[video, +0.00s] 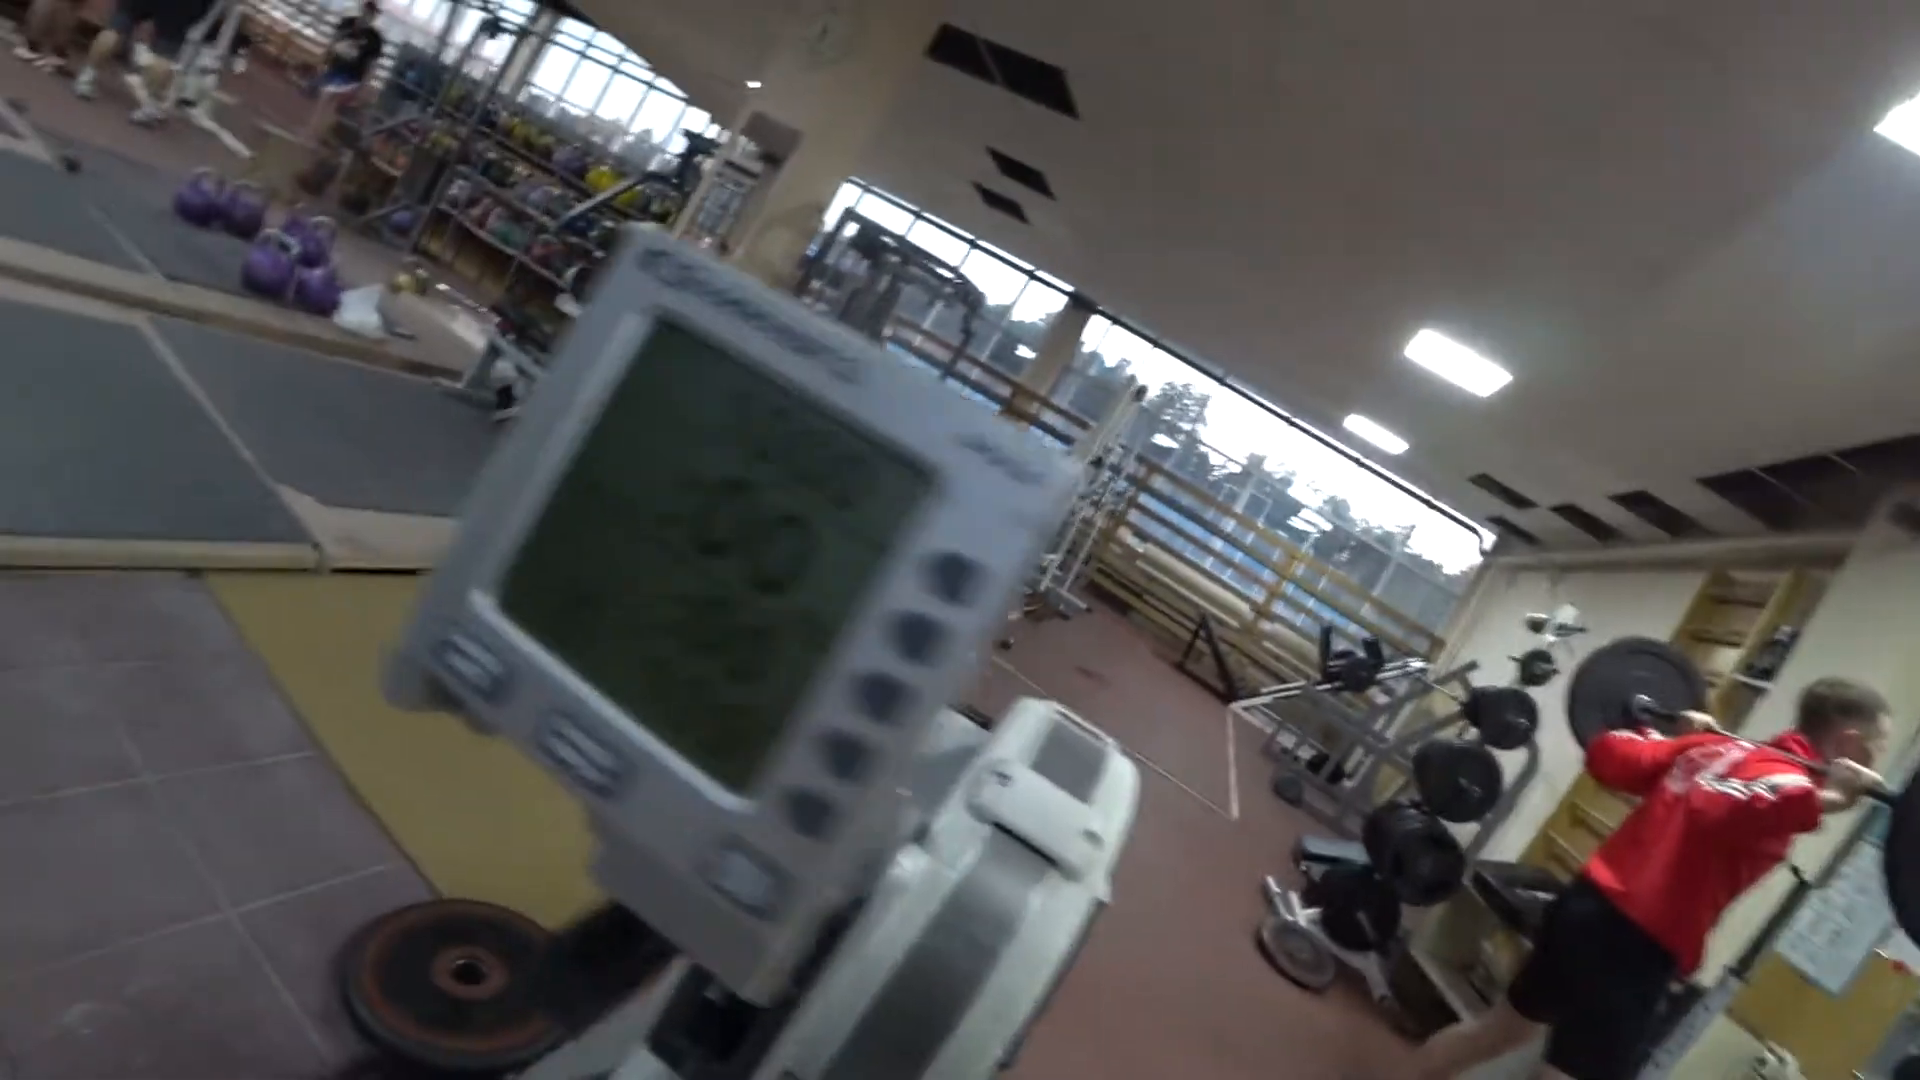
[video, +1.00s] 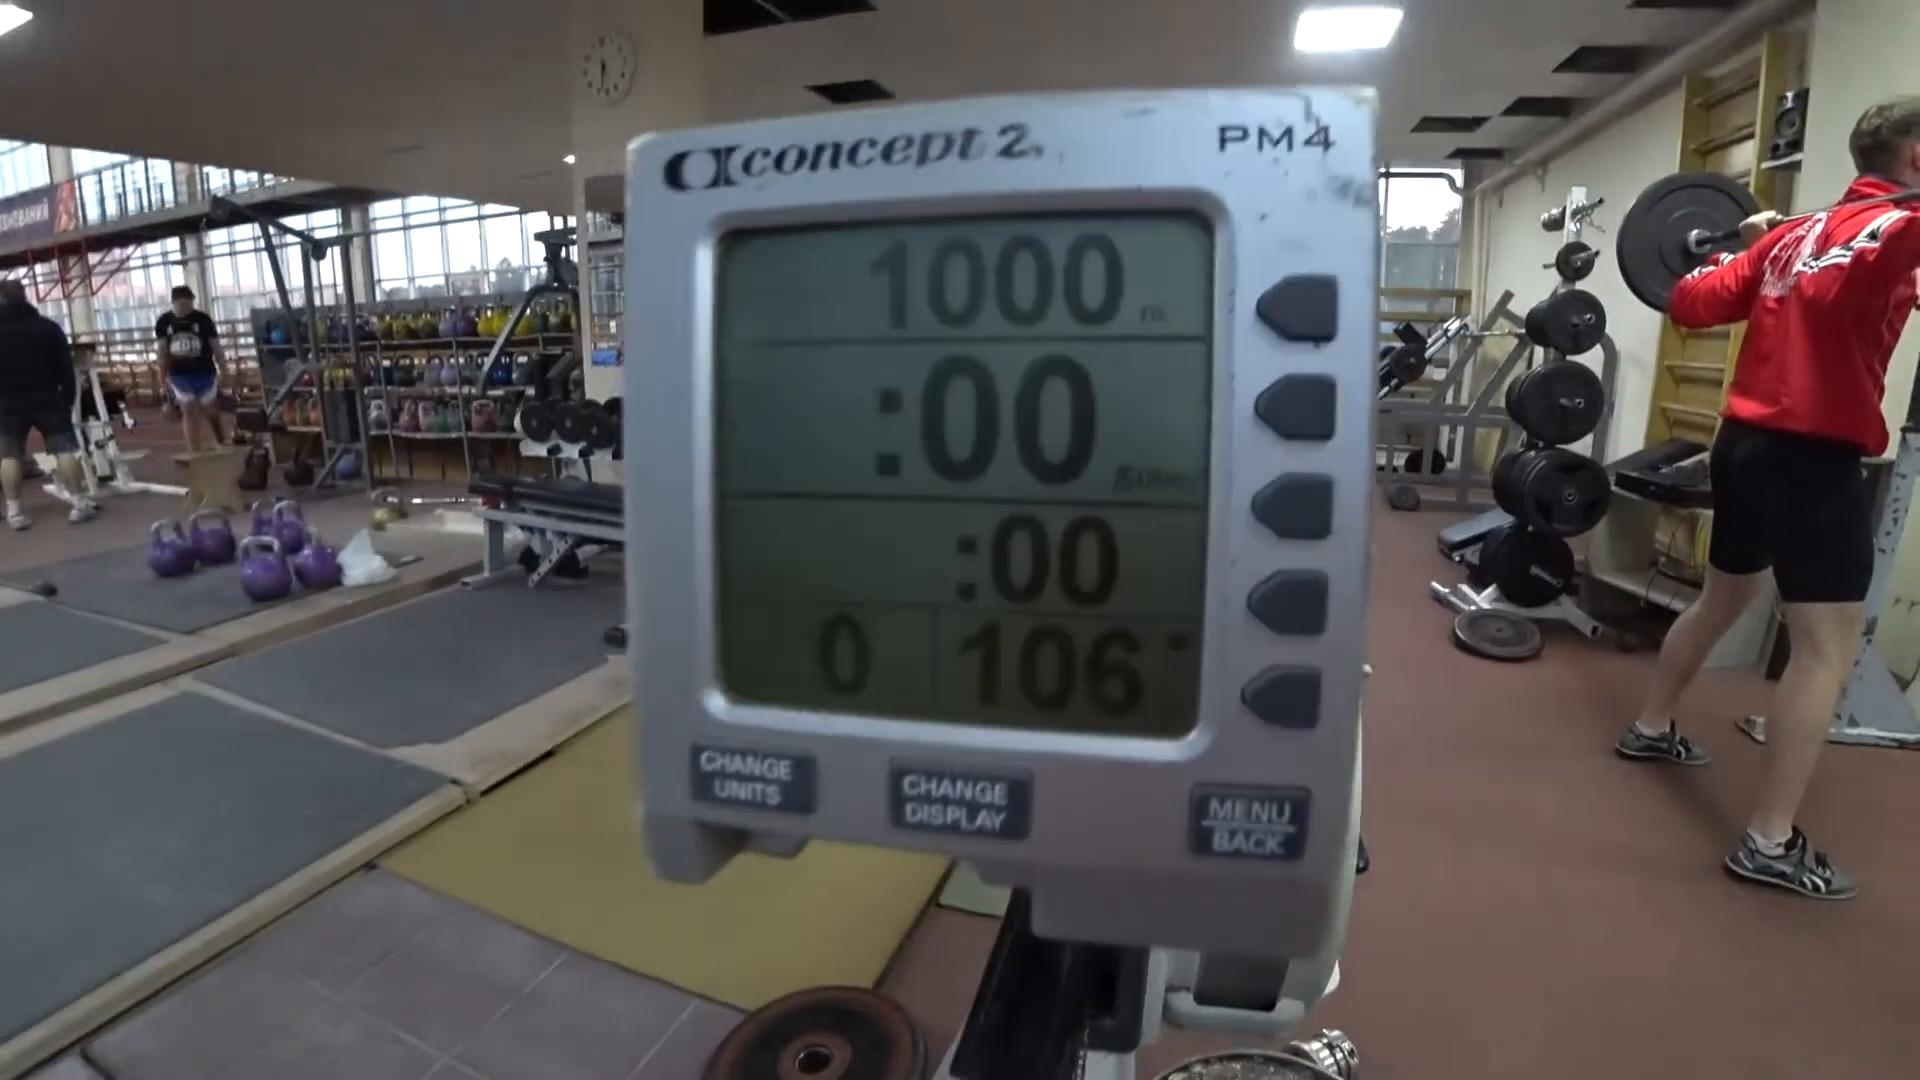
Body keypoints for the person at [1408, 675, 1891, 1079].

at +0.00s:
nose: (1875, 759)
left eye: (1878, 746)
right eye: (1875, 743)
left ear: (1810, 726)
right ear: (1844, 739)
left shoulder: (1714, 746)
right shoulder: (1798, 787)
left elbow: (1609, 753)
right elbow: (1719, 813)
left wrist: (1678, 738)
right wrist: (1828, 799)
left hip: (1585, 902)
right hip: (1640, 948)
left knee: (1501, 1026)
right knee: (1564, 1072)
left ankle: (1398, 1073)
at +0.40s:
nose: (1914, 711)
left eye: (1915, 698)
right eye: (1916, 699)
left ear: (1859, 675)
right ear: (1903, 695)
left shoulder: (1768, 699)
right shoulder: (1869, 745)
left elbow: (1661, 714)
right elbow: (1830, 761)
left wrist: (1707, 681)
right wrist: (1890, 756)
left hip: (1643, 864)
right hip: (1704, 910)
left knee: (1558, 985)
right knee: (1631, 1058)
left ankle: (1440, 1065)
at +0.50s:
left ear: (1883, 582)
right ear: (1919, 603)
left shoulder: (1794, 624)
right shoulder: (1898, 659)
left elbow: (1683, 643)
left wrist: (1733, 614)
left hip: (1678, 797)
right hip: (1745, 841)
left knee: (1604, 925)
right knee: (1675, 1016)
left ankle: (1492, 1023)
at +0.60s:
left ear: (1900, 503)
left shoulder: (1813, 555)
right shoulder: (1911, 583)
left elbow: (1702, 583)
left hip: (1711, 735)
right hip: (1783, 772)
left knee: (1647, 863)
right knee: (1724, 947)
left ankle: (1536, 974)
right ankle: (1643, 1067)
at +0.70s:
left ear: (1898, 384)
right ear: (1917, 398)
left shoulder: (1814, 447)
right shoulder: (1907, 464)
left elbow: (1711, 484)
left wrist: (1746, 435)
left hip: (1738, 634)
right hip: (1818, 664)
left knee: (1683, 773)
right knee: (1770, 846)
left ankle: (1589, 891)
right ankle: (1685, 1029)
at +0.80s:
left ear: (1886, 278)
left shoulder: (1812, 346)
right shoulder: (1912, 348)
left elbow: (1711, 399)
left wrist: (1754, 350)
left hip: (1745, 545)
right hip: (1823, 569)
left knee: (1706, 696)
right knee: (1801, 760)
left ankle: (1621, 817)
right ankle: (1728, 947)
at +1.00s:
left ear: (1861, 164)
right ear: (1907, 161)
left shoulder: (1790, 236)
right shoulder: (1903, 228)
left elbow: (1687, 301)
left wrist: (1735, 248)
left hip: (1742, 445)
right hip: (1822, 457)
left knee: (1722, 598)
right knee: (1821, 653)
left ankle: (1650, 724)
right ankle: (1770, 838)